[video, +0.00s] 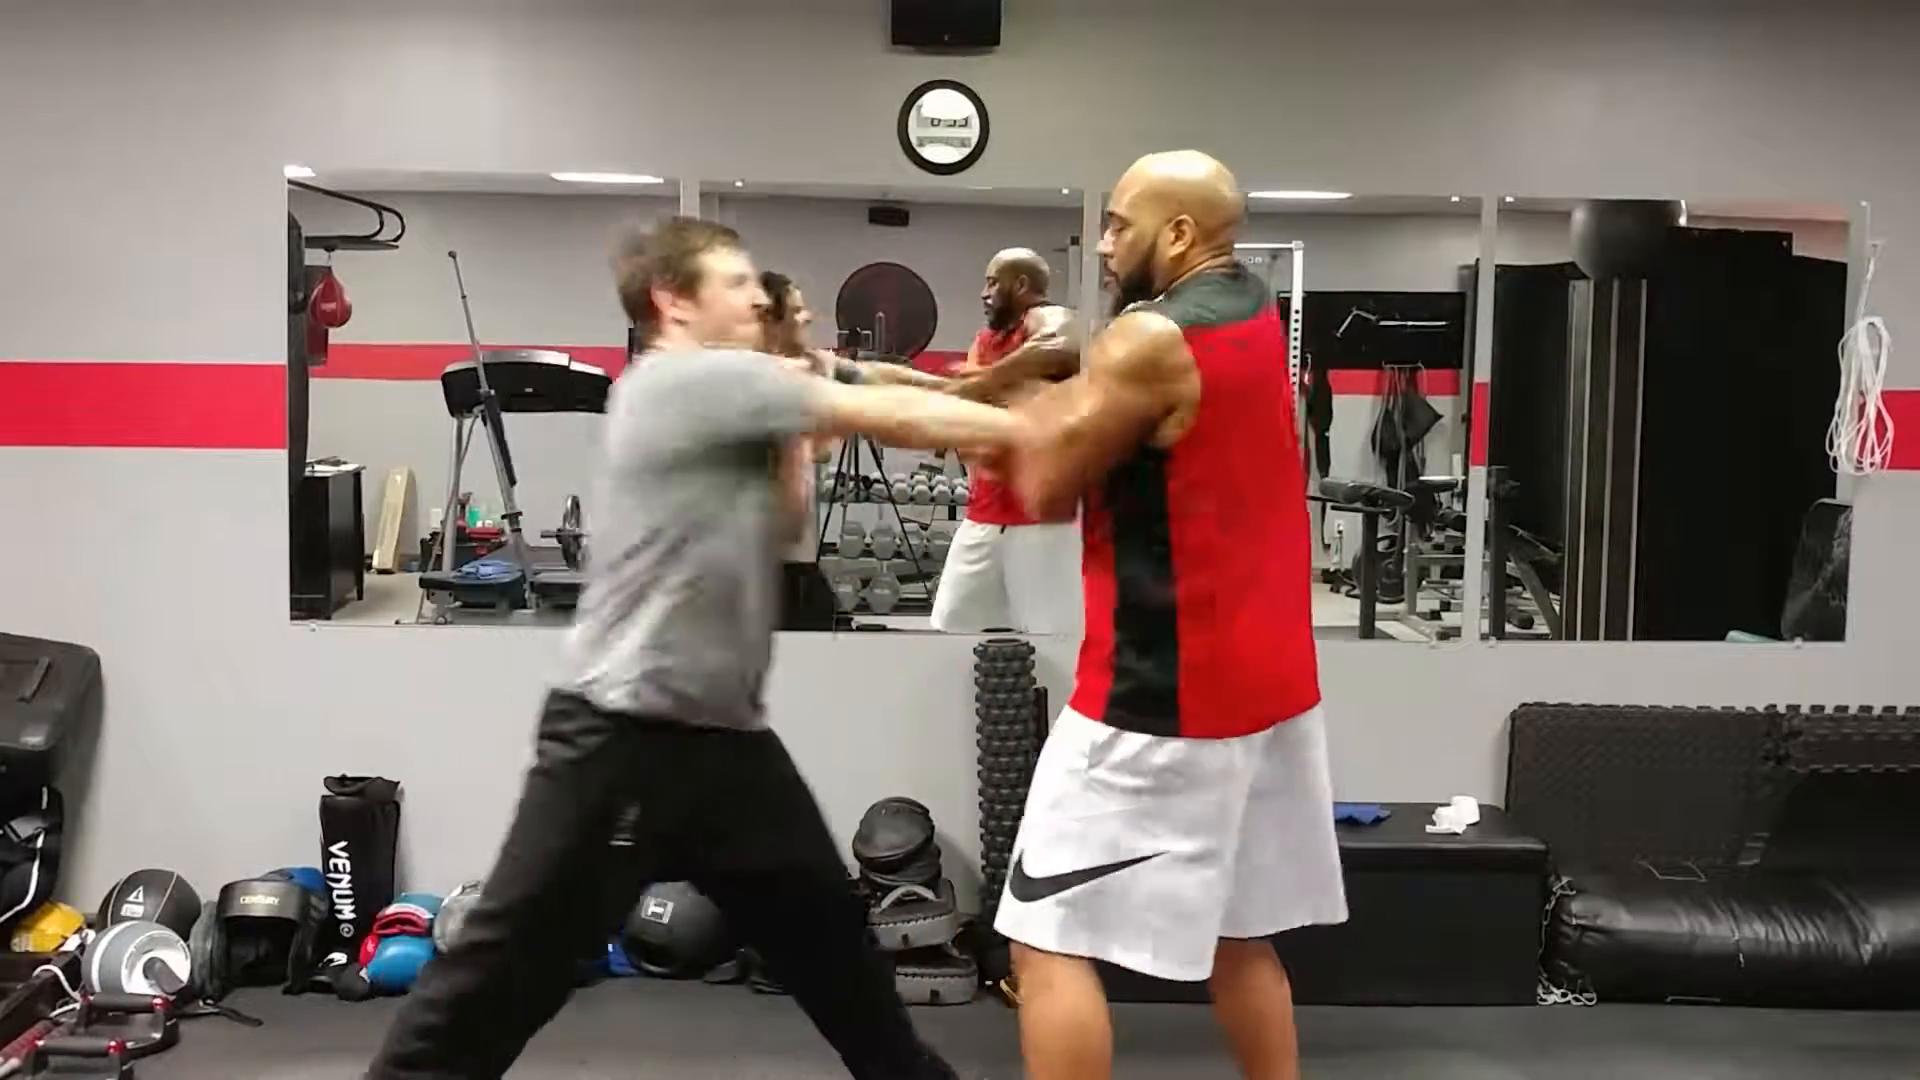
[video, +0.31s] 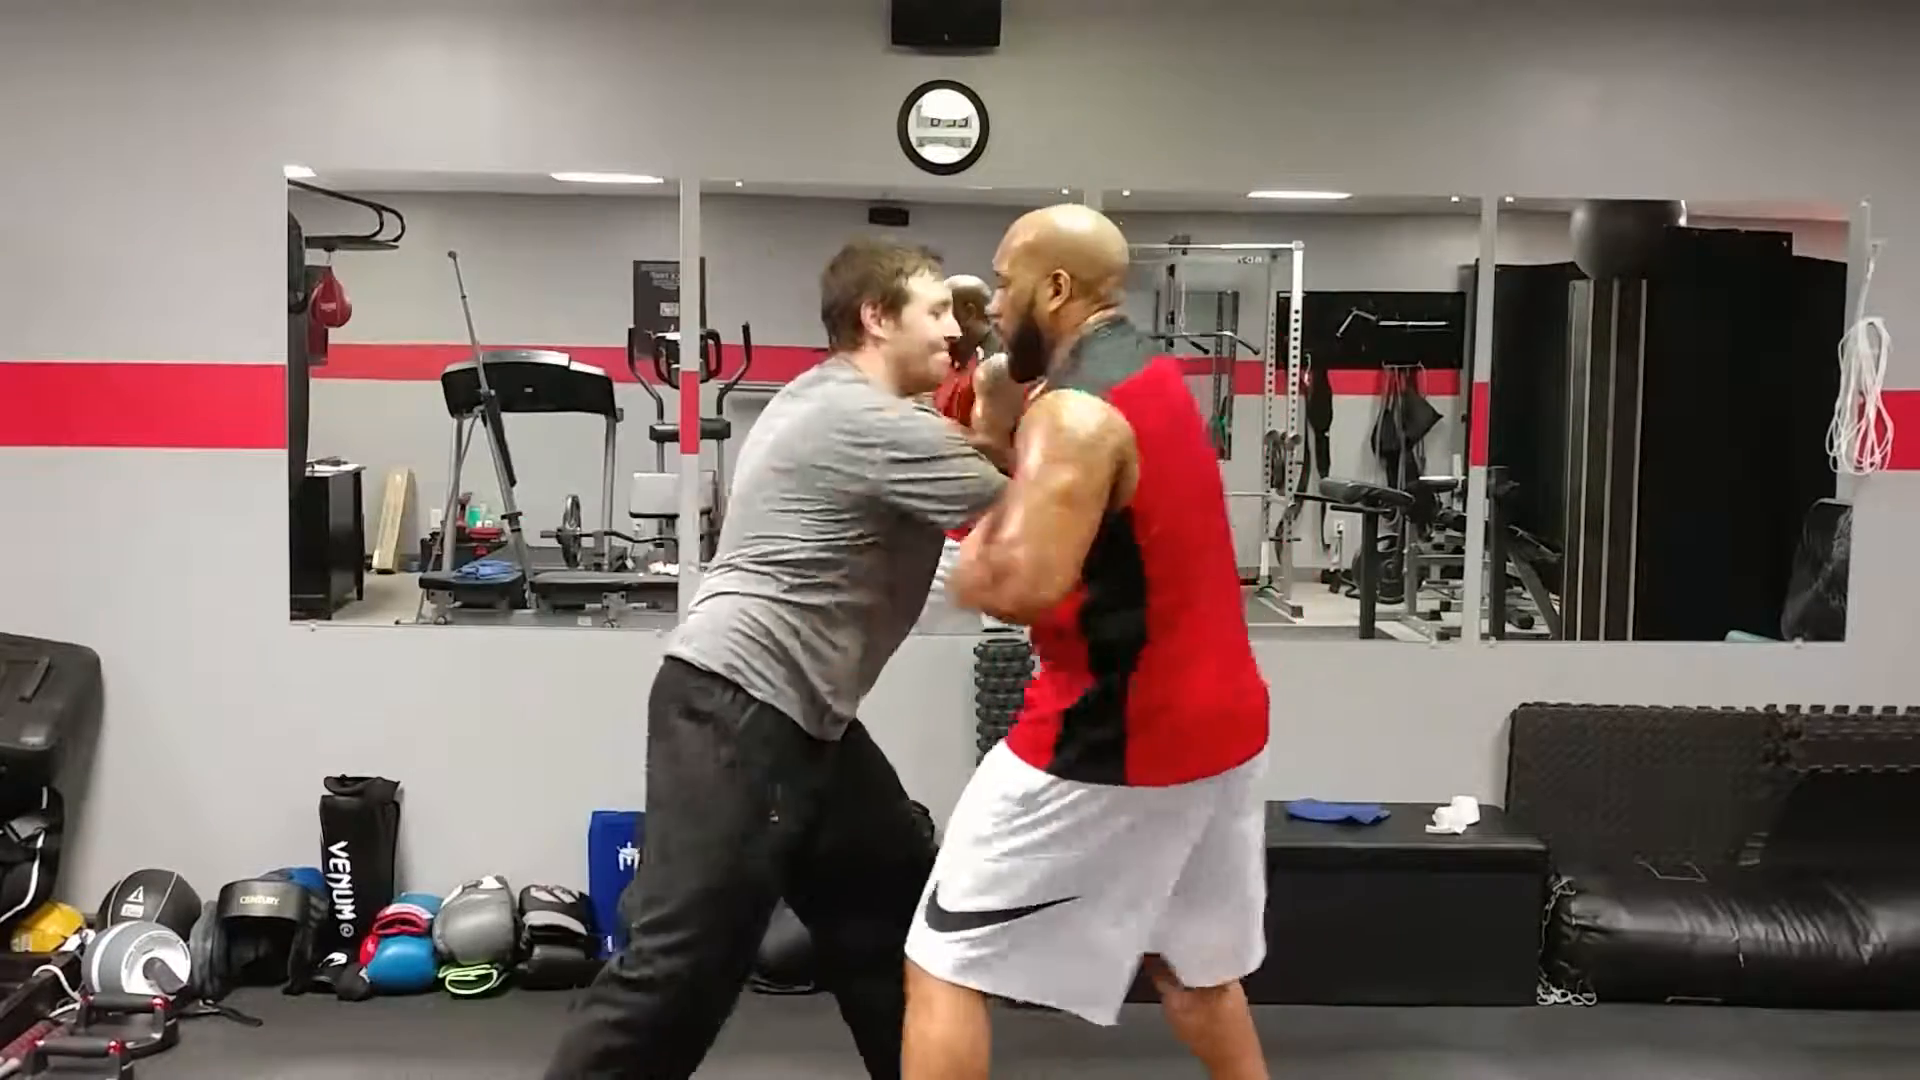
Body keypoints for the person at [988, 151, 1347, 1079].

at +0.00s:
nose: (1105, 245)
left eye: (1119, 227)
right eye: (1109, 225)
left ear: (1179, 235)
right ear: (1201, 237)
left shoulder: (1150, 340)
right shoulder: (1251, 312)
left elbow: (1046, 485)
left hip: (1153, 692)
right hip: (1265, 685)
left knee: (1045, 937)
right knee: (1237, 934)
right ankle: (1278, 1078)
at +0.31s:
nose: (994, 308)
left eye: (1004, 287)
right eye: (996, 287)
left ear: (1055, 290)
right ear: (1094, 290)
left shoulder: (1075, 405)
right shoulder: (1151, 374)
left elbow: (1025, 586)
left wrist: (972, 572)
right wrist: (993, 407)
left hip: (1106, 732)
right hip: (1221, 718)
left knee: (942, 965)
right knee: (1201, 983)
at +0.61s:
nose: (1013, 288)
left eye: (1023, 272)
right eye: (1016, 272)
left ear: (1067, 275)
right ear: (1127, 280)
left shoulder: (1023, 359)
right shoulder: (1212, 388)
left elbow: (853, 396)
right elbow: (1285, 533)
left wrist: (796, 353)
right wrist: (1166, 550)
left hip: (1060, 728)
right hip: (1204, 722)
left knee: (915, 963)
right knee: (1178, 938)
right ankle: (1256, 1079)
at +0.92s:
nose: (1018, 289)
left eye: (1027, 273)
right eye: (1021, 273)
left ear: (1069, 273)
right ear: (1134, 279)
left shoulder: (1021, 374)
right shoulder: (1231, 393)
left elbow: (855, 420)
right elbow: (1327, 530)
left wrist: (825, 354)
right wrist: (1194, 537)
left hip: (1052, 738)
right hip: (1201, 733)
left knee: (919, 964)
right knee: (1185, 949)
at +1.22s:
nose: (1100, 268)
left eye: (1110, 249)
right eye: (1101, 250)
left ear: (1163, 247)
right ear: (1201, 253)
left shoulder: (1130, 355)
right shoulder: (1298, 359)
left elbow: (963, 433)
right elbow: (1378, 506)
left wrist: (841, 389)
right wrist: (1270, 549)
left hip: (1165, 699)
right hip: (1299, 694)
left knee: (1014, 937)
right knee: (1222, 925)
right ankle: (1276, 1075)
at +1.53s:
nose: (1146, 252)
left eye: (1161, 230)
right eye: (1149, 231)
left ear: (1223, 233)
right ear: (1240, 238)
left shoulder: (1218, 344)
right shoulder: (1313, 327)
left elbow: (1078, 459)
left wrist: (922, 492)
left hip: (1254, 691)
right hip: (1341, 679)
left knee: (1169, 935)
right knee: (1266, 925)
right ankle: (1286, 1078)